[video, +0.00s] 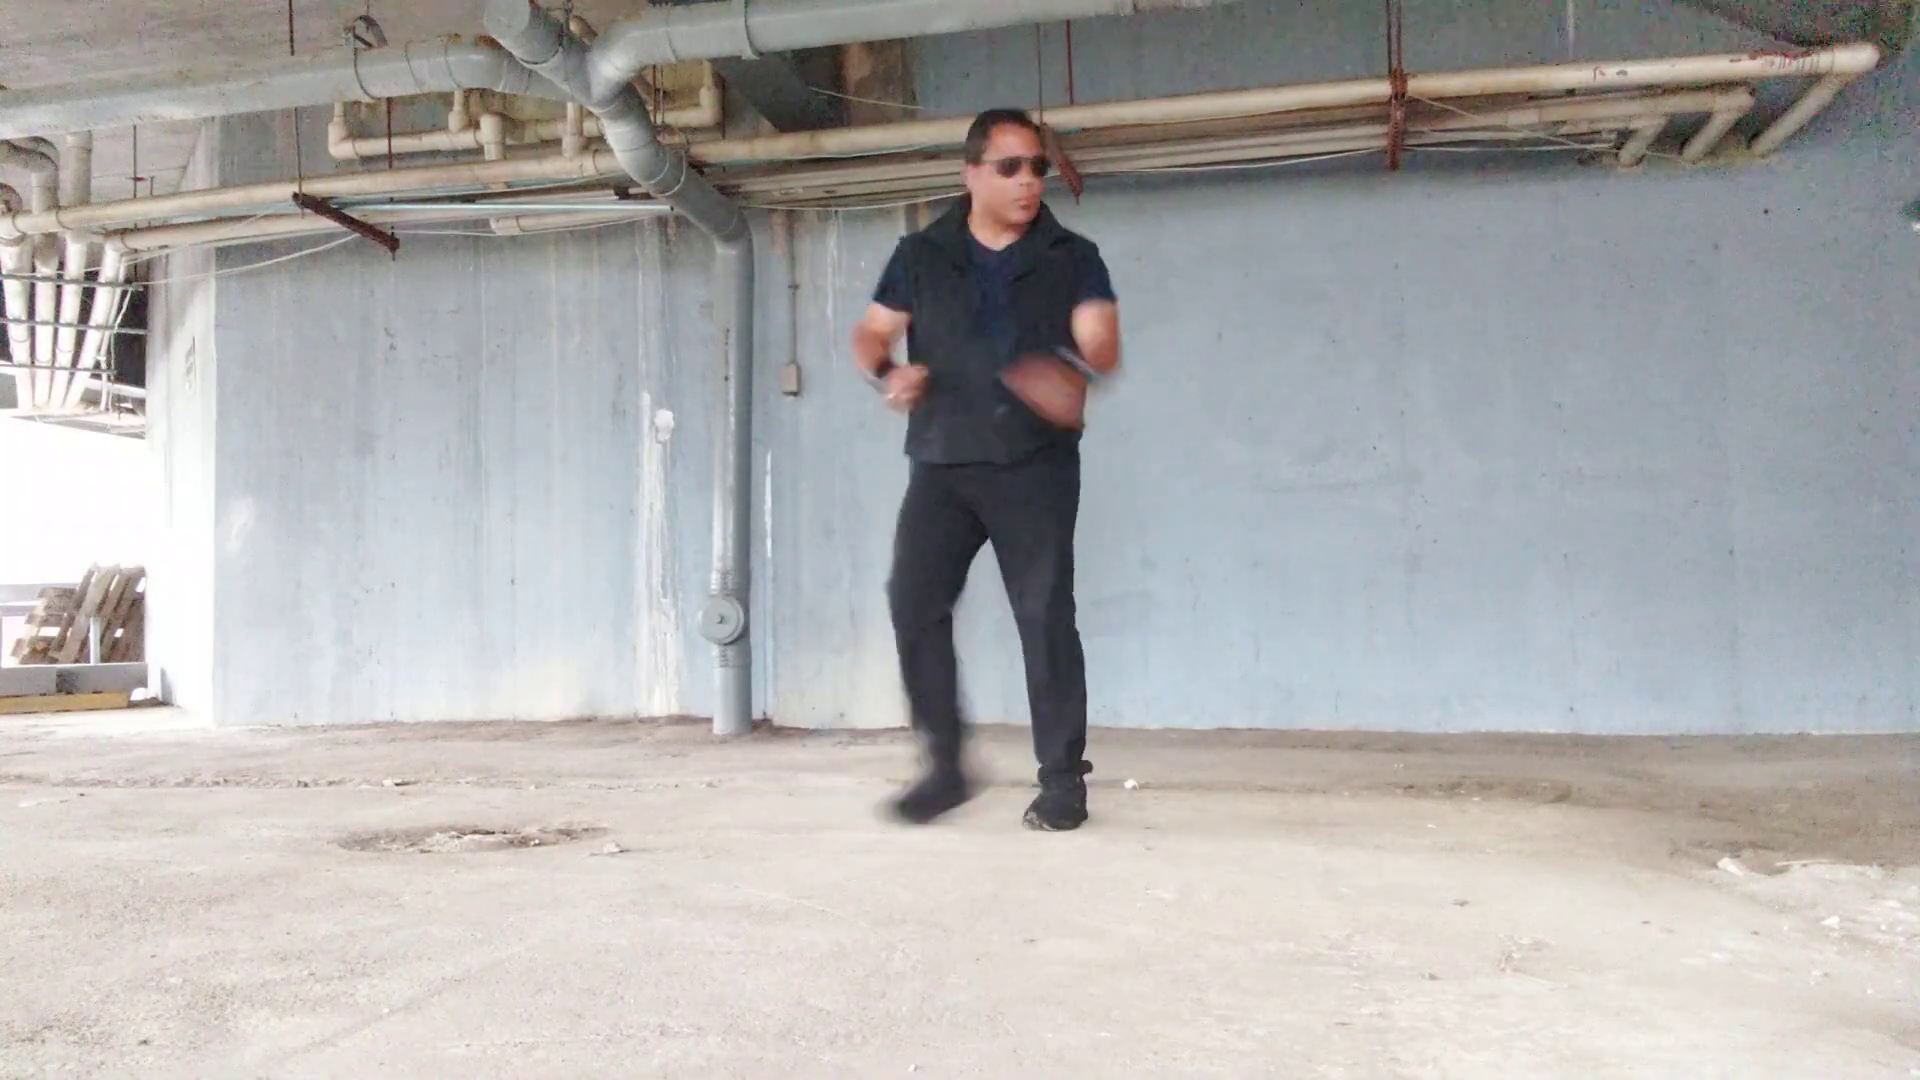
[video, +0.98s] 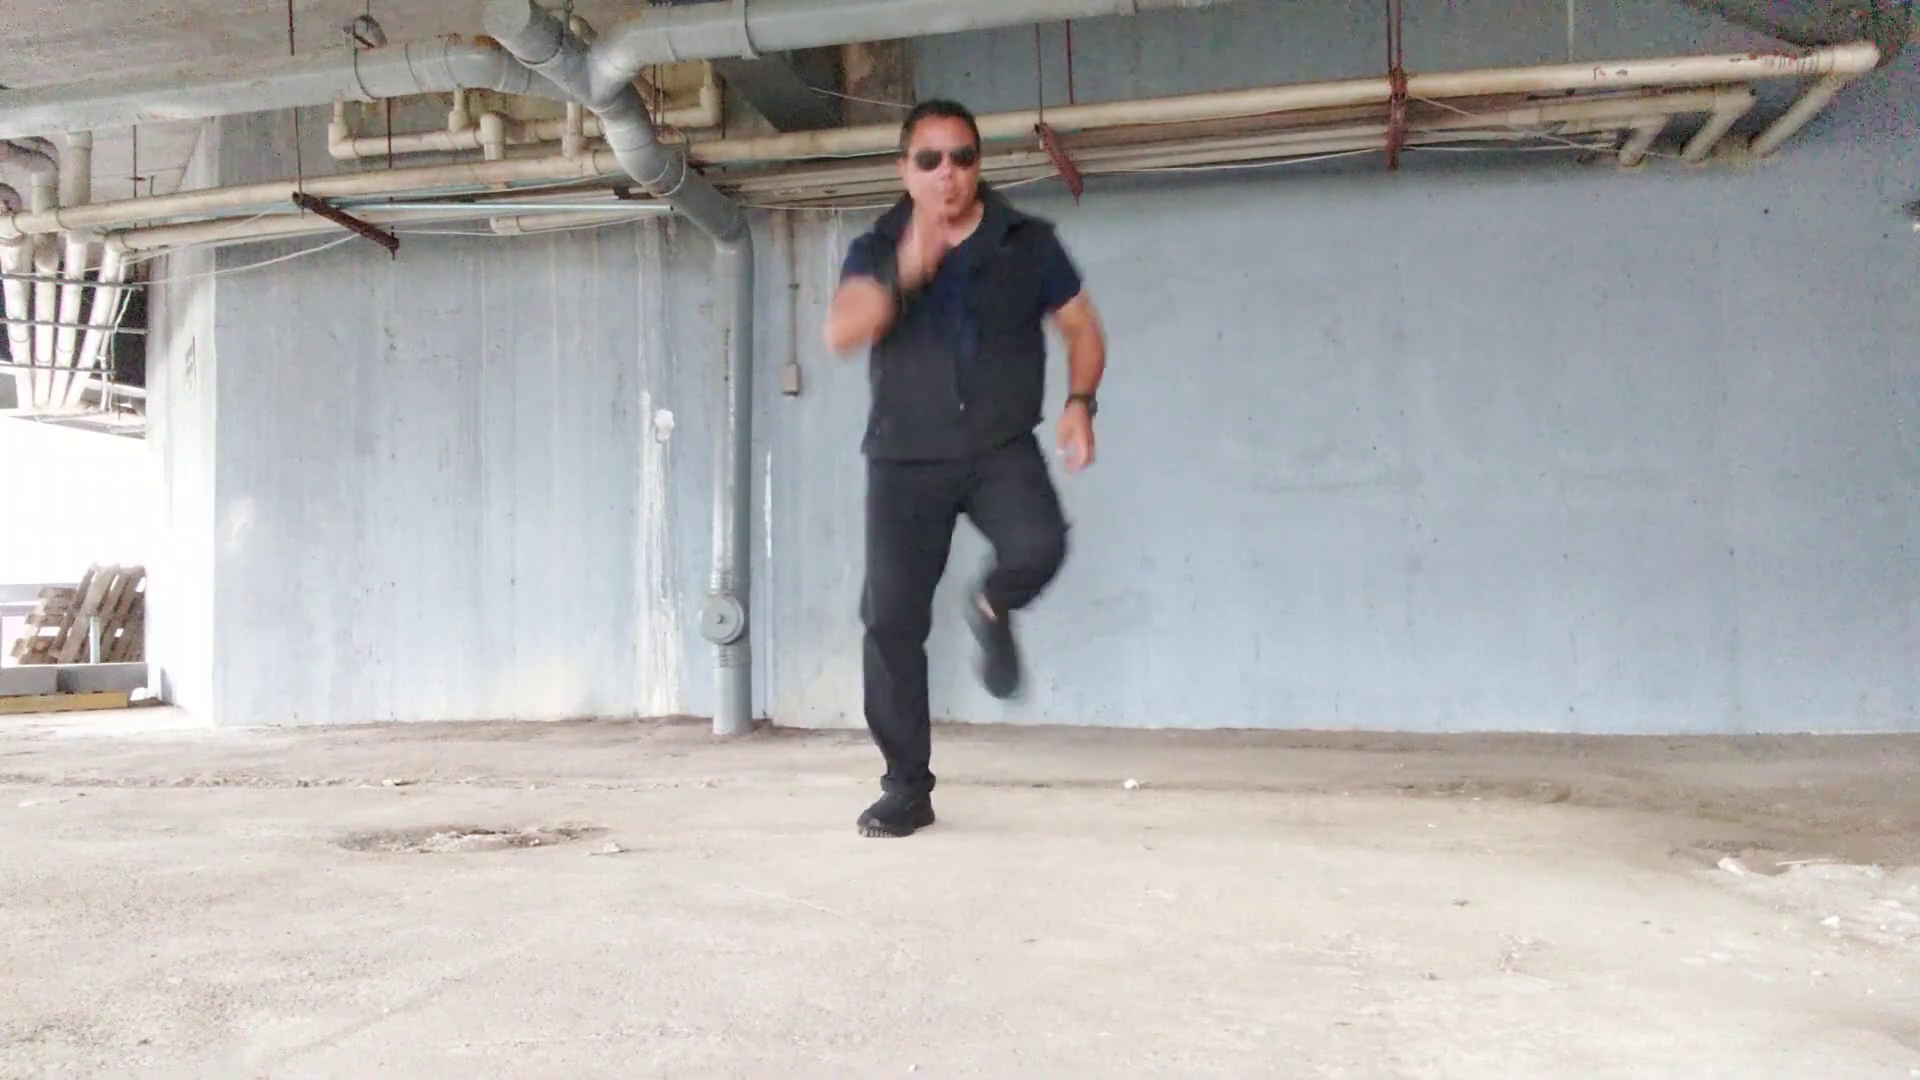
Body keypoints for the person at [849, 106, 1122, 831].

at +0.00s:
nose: (1029, 180)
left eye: (1038, 166)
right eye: (1011, 167)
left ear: (1049, 173)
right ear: (971, 176)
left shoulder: (1071, 256)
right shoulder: (926, 249)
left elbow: (1103, 353)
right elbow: (872, 336)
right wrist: (885, 373)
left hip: (1034, 470)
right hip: (944, 470)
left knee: (1045, 617)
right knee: (914, 599)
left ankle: (1062, 780)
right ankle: (944, 769)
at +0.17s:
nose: (1033, 173)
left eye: (1037, 160)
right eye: (1017, 162)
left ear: (1038, 159)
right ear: (967, 164)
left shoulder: (1051, 225)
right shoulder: (912, 219)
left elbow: (1071, 308)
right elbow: (809, 231)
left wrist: (978, 285)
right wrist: (838, 261)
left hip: (1025, 457)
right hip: (930, 457)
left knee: (1047, 619)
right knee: (913, 621)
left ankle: (1063, 780)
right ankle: (903, 789)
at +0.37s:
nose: (928, 180)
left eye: (943, 166)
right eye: (913, 167)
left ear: (971, 167)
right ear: (895, 170)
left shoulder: (1016, 247)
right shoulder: (873, 232)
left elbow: (1058, 333)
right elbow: (821, 281)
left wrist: (1078, 372)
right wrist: (926, 249)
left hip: (983, 461)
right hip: (890, 462)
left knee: (1001, 606)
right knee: (890, 619)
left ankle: (1006, 745)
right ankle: (906, 783)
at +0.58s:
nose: (902, 191)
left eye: (918, 174)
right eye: (888, 177)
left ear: (950, 169)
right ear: (873, 177)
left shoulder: (997, 227)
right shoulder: (857, 250)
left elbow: (1079, 270)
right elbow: (795, 344)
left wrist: (983, 263)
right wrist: (834, 400)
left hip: (976, 460)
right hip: (889, 461)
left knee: (954, 619)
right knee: (890, 613)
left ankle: (881, 749)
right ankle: (897, 783)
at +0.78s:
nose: (922, 189)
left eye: (937, 173)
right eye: (907, 176)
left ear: (966, 172)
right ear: (890, 181)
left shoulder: (1003, 241)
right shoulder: (859, 250)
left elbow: (1056, 310)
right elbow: (805, 339)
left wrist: (965, 283)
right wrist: (839, 409)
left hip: (974, 470)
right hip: (885, 468)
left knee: (975, 622)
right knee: (887, 620)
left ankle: (899, 727)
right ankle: (905, 774)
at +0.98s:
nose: (949, 172)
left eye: (962, 157)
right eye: (931, 160)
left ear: (980, 164)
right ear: (905, 169)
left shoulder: (1027, 242)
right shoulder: (881, 244)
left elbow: (1083, 330)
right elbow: (841, 333)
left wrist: (1079, 404)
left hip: (1002, 451)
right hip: (907, 460)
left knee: (1037, 549)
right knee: (891, 618)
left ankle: (992, 608)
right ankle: (906, 784)